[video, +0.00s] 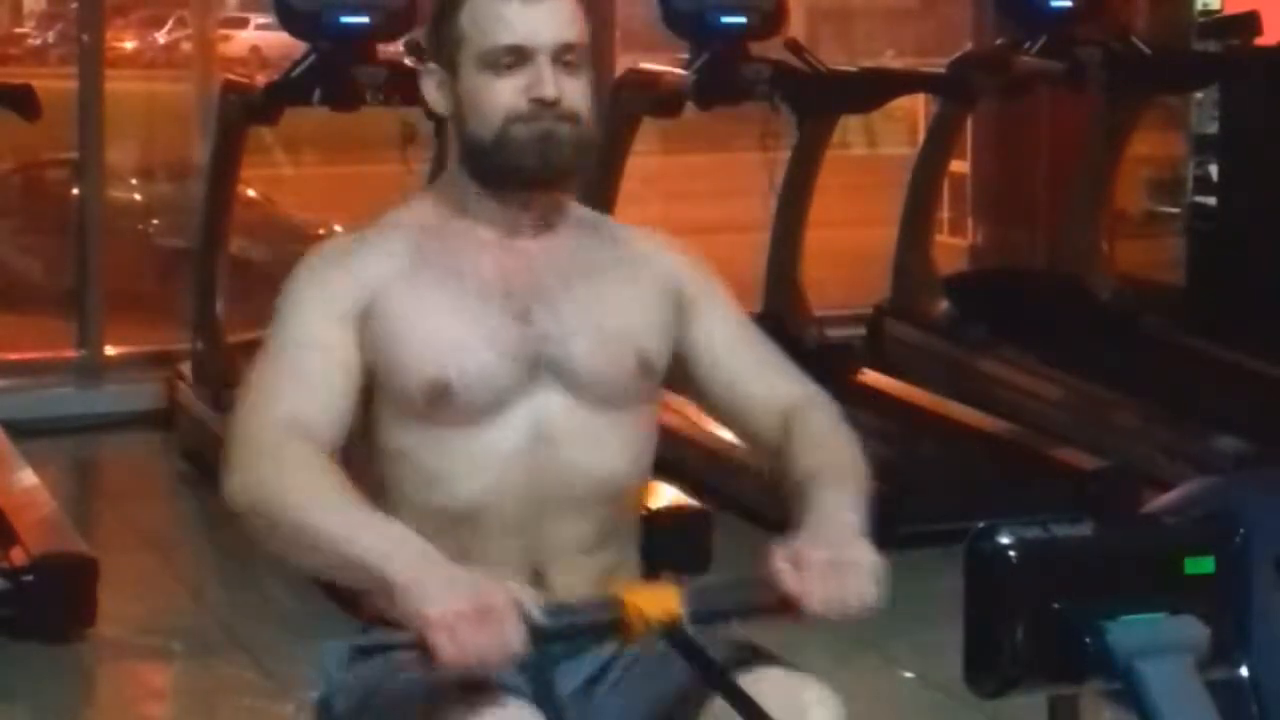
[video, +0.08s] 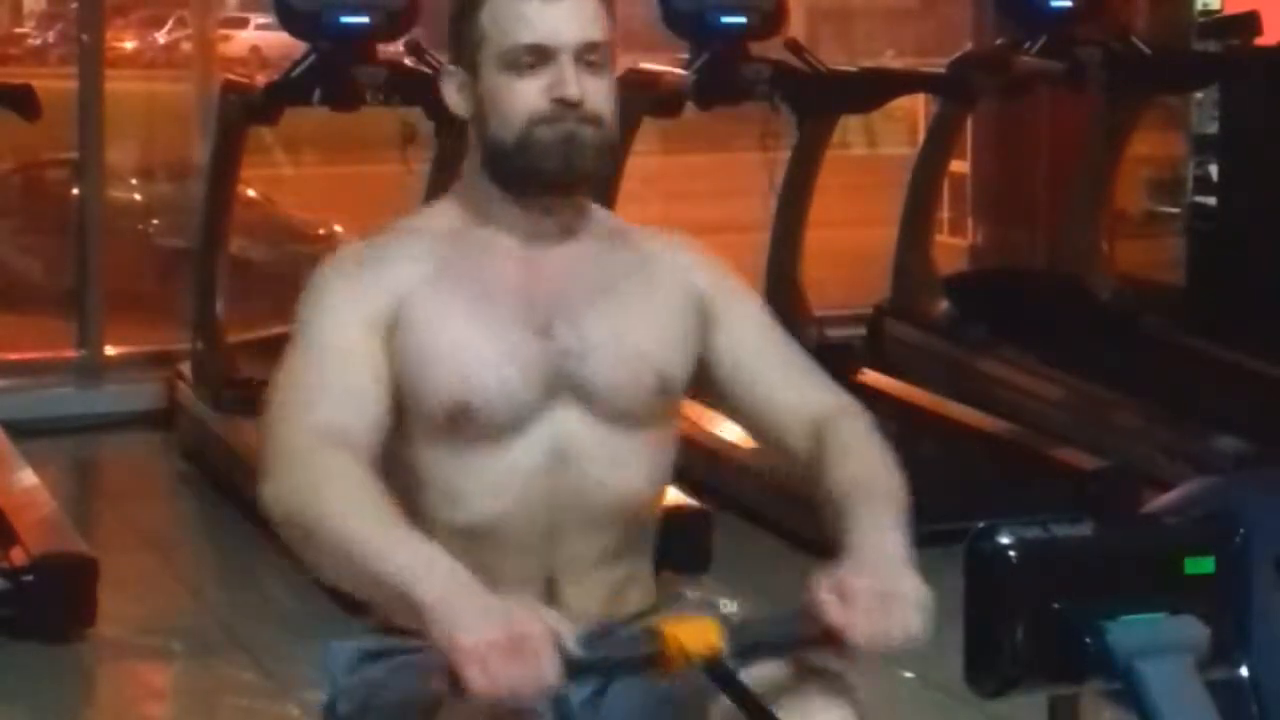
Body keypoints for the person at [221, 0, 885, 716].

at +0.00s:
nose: (548, 87)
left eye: (570, 63)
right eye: (509, 64)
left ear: (596, 85)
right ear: (439, 88)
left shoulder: (655, 271)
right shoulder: (352, 275)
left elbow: (799, 416)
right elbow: (266, 466)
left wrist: (834, 522)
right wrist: (422, 574)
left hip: (617, 644)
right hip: (427, 650)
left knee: (800, 705)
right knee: (494, 718)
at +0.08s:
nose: (570, 89)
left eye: (591, 63)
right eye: (530, 64)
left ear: (616, 84)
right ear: (460, 89)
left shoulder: (677, 275)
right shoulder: (373, 280)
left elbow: (827, 423)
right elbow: (306, 472)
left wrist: (877, 550)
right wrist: (459, 602)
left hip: (634, 649)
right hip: (434, 652)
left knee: (824, 697)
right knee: (482, 704)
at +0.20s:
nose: (620, 97)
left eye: (644, 69)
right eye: (577, 70)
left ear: (674, 93)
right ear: (506, 105)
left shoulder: (742, 296)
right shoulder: (408, 301)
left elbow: (890, 455)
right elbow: (386, 495)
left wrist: (969, 616)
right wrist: (530, 663)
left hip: (662, 649)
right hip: (462, 659)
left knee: (851, 683)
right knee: (510, 708)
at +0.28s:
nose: (647, 108)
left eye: (671, 76)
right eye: (603, 79)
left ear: (699, 103)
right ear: (531, 114)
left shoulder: (768, 308)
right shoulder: (429, 312)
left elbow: (918, 475)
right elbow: (427, 513)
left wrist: (1027, 653)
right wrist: (567, 695)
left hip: (669, 665)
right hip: (471, 669)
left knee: (855, 678)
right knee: (510, 708)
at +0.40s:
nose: (694, 129)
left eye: (716, 97)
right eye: (648, 101)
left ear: (745, 124)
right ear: (567, 137)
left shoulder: (820, 335)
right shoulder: (460, 340)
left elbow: (962, 497)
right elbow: (498, 546)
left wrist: (1084, 680)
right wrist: (604, 711)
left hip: (693, 676)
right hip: (495, 685)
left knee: (875, 668)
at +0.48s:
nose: (707, 138)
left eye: (731, 106)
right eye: (659, 110)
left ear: (762, 134)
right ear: (579, 146)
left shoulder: (834, 343)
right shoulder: (470, 351)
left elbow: (975, 502)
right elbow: (517, 554)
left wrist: (1093, 683)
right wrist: (610, 710)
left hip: (708, 679)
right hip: (509, 689)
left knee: (879, 665)